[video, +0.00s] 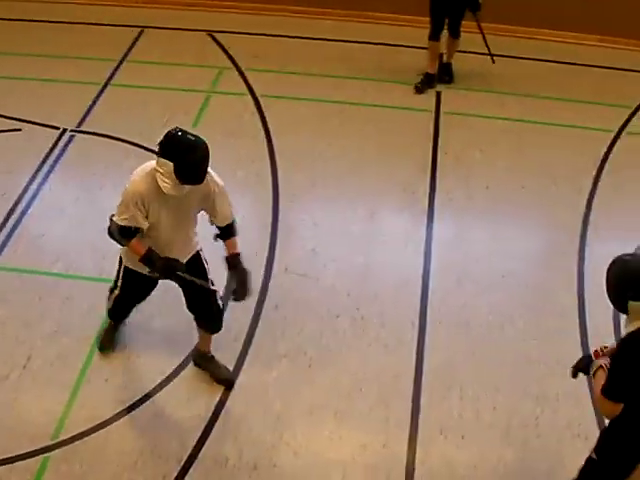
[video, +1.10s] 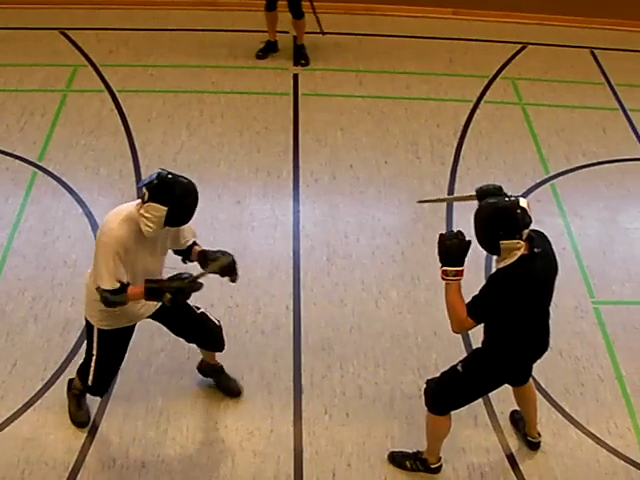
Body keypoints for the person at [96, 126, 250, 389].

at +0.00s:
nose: (192, 183)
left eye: (196, 177)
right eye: (187, 177)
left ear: (201, 168)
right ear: (170, 168)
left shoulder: (208, 185)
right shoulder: (141, 185)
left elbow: (226, 225)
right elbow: (120, 229)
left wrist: (235, 265)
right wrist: (152, 259)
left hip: (186, 254)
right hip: (142, 256)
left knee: (209, 312)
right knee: (122, 303)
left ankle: (203, 353)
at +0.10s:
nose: (189, 186)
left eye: (193, 180)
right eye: (183, 181)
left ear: (197, 172)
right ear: (165, 173)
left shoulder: (204, 187)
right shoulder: (133, 189)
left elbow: (235, 221)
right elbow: (104, 228)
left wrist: (264, 255)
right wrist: (139, 258)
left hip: (179, 256)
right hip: (137, 258)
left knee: (195, 312)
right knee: (136, 316)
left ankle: (188, 354)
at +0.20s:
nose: (181, 195)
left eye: (184, 189)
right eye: (175, 190)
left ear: (187, 182)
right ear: (155, 181)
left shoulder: (195, 193)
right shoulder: (121, 199)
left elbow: (229, 215)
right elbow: (83, 233)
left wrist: (259, 229)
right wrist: (113, 267)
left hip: (170, 264)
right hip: (130, 268)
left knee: (189, 321)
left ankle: (168, 353)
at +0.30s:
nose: (171, 209)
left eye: (175, 203)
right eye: (166, 203)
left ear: (180, 193)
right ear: (147, 193)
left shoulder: (186, 203)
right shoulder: (113, 214)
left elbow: (215, 221)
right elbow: (77, 252)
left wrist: (232, 220)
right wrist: (109, 287)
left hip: (167, 274)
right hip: (126, 284)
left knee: (210, 329)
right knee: (134, 352)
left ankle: (172, 349)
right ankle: (135, 408)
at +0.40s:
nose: (176, 210)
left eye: (179, 204)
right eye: (171, 205)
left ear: (180, 196)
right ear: (153, 196)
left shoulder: (181, 204)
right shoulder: (119, 218)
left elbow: (204, 228)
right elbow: (89, 269)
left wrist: (222, 236)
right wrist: (128, 294)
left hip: (173, 285)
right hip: (132, 300)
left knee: (216, 329)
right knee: (134, 375)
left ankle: (204, 365)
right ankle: (126, 410)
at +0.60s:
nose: (201, 216)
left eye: (202, 212)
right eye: (195, 213)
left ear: (198, 207)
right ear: (175, 206)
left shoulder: (198, 217)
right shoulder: (138, 225)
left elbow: (216, 241)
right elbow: (118, 286)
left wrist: (230, 241)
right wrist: (166, 286)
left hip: (178, 294)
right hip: (135, 303)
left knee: (221, 338)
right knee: (125, 379)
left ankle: (228, 378)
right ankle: (104, 411)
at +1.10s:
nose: (168, 227)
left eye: (172, 222)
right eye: (168, 221)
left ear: (172, 217)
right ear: (152, 208)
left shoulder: (168, 220)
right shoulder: (115, 231)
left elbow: (184, 245)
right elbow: (110, 296)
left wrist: (206, 258)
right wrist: (162, 289)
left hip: (151, 297)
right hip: (111, 312)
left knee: (210, 333)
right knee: (97, 383)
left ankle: (210, 365)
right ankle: (76, 387)